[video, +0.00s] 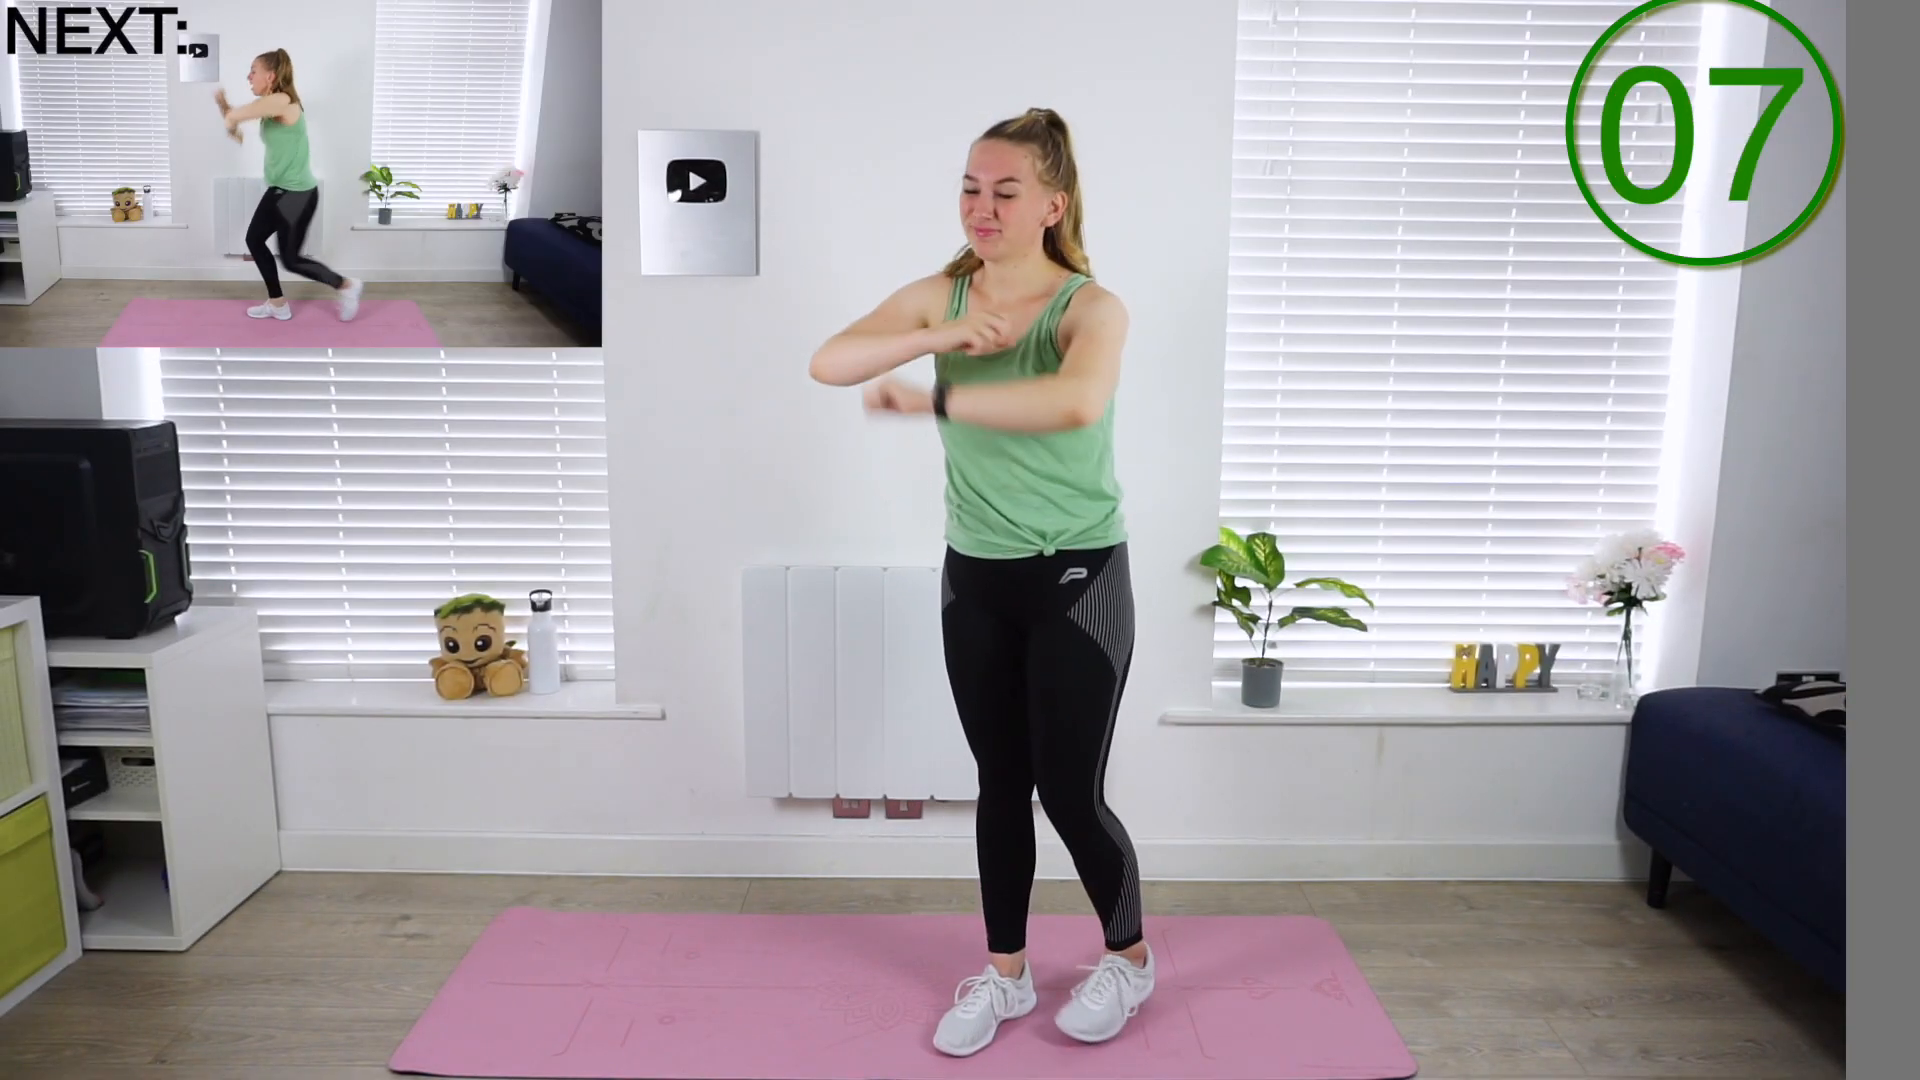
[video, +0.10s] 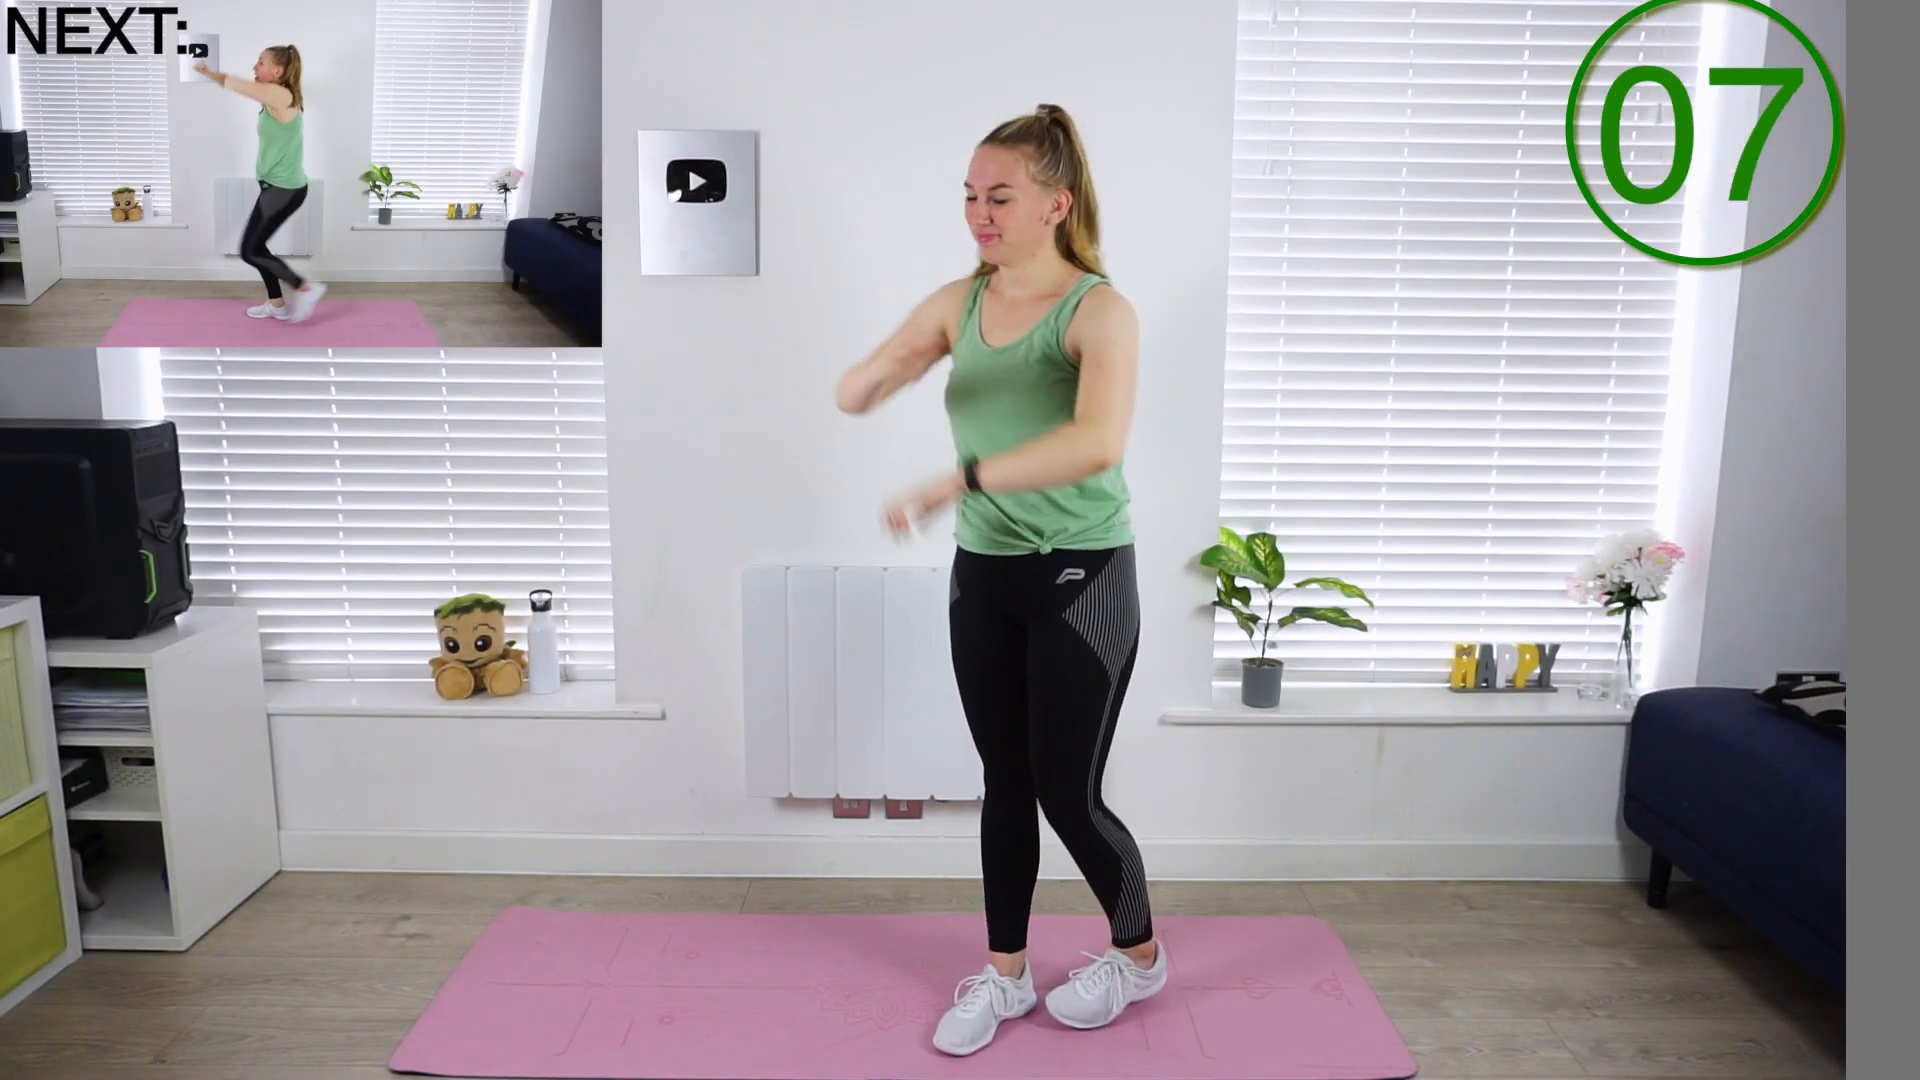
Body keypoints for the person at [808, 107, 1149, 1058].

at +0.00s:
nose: (982, 207)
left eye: (1004, 190)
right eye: (972, 190)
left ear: (1056, 203)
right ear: (961, 199)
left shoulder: (1092, 308)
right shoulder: (941, 295)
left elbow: (1081, 403)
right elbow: (830, 361)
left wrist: (933, 401)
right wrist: (948, 331)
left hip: (1079, 576)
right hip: (976, 573)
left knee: (1069, 789)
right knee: (1001, 782)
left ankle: (1127, 959)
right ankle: (1006, 970)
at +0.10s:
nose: (978, 211)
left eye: (999, 195)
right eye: (972, 193)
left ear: (1059, 204)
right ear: (967, 198)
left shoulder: (1100, 311)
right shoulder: (959, 303)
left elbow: (1098, 444)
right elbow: (853, 394)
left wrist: (960, 478)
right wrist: (884, 374)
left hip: (1082, 576)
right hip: (985, 573)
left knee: (1067, 789)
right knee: (1005, 782)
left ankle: (1138, 953)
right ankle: (1007, 970)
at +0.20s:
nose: (981, 227)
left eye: (996, 210)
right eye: (977, 210)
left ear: (1061, 207)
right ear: (999, 214)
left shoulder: (1116, 317)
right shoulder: (985, 310)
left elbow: (1112, 469)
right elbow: (914, 412)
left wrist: (996, 548)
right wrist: (871, 448)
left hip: (1088, 585)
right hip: (998, 578)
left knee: (1072, 793)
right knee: (1012, 786)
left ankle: (1144, 963)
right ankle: (1007, 971)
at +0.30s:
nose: (991, 238)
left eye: (1001, 218)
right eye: (987, 220)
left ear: (1062, 209)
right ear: (1040, 215)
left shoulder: (1131, 321)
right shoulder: (1017, 308)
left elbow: (1105, 487)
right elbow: (969, 435)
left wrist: (1030, 603)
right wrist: (920, 526)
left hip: (1100, 583)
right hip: (1010, 571)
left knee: (1082, 782)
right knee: (1020, 779)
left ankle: (1144, 966)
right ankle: (1007, 970)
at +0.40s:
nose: (1001, 245)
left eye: (1008, 226)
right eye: (997, 228)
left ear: (1068, 213)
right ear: (1059, 217)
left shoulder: (1144, 324)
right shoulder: (1045, 308)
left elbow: (1114, 492)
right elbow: (1026, 455)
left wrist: (1067, 621)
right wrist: (986, 562)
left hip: (1116, 578)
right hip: (1031, 570)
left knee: (1099, 779)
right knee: (1030, 778)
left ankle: (1147, 966)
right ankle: (1007, 967)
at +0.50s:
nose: (1009, 253)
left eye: (1015, 234)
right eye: (1004, 236)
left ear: (1069, 220)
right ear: (1066, 223)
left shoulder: (1148, 328)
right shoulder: (1072, 307)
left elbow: (1136, 497)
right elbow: (1069, 459)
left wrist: (1106, 629)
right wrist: (1045, 568)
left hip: (1129, 577)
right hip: (1052, 569)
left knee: (1115, 777)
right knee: (1037, 777)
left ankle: (1146, 964)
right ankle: (1006, 962)